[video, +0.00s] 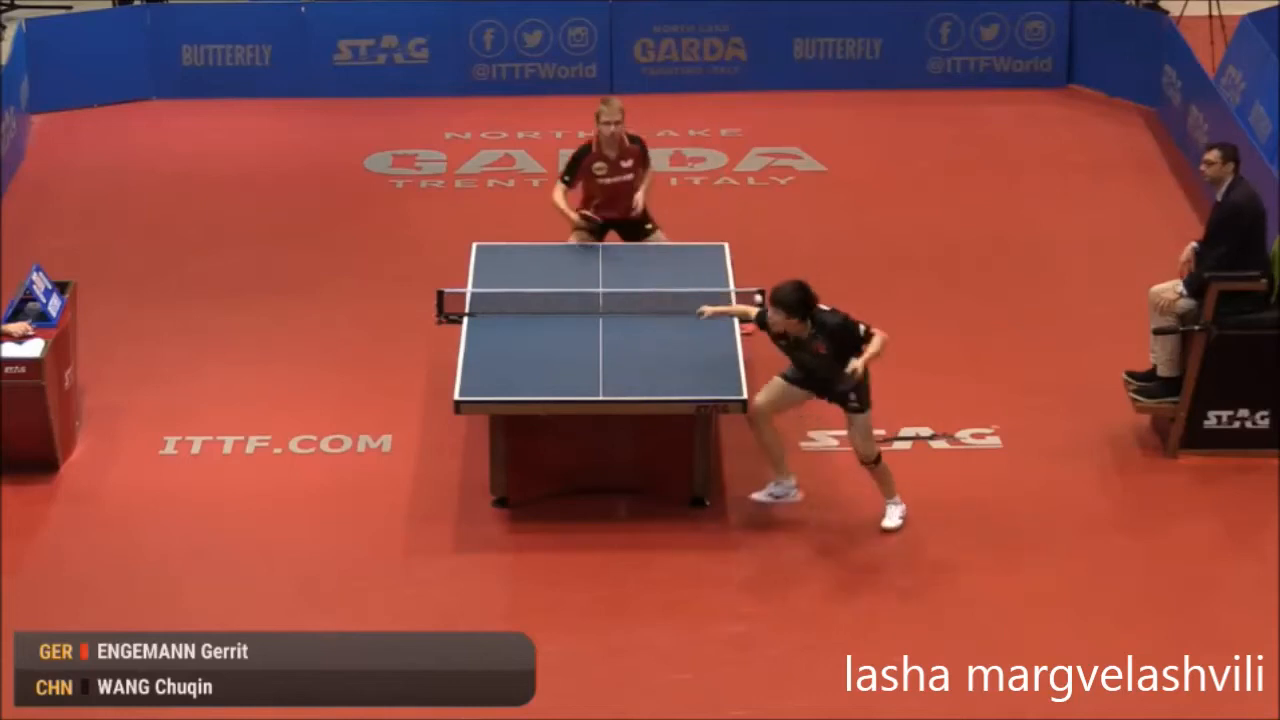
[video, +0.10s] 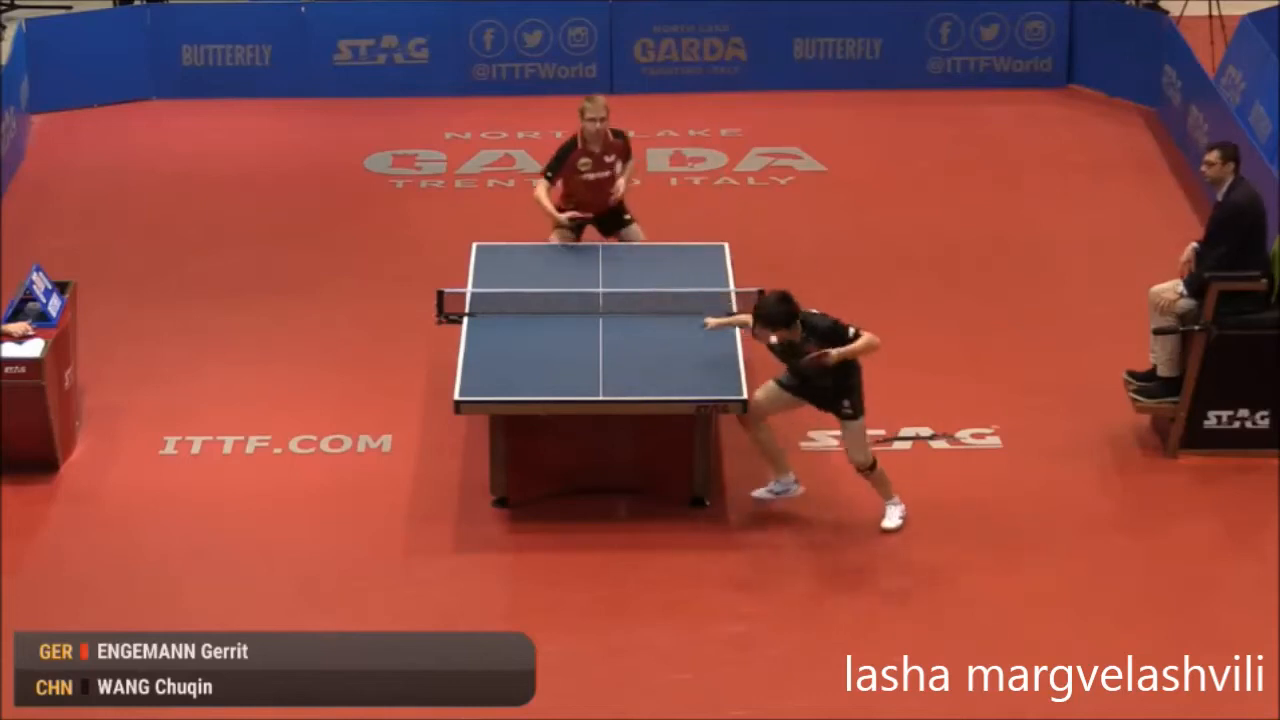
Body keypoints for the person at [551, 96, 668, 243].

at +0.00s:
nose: (612, 129)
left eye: (617, 123)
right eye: (607, 124)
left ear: (623, 123)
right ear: (597, 124)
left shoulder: (636, 146)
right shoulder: (586, 152)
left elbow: (647, 169)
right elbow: (558, 193)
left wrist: (641, 192)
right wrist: (572, 216)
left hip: (630, 214)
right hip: (594, 215)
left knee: (665, 253)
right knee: (574, 255)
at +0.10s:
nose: (597, 127)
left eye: (602, 120)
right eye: (591, 121)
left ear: (608, 120)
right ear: (581, 121)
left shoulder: (619, 140)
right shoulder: (570, 148)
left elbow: (628, 161)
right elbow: (540, 190)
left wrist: (623, 179)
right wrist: (557, 216)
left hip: (609, 208)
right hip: (574, 210)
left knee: (640, 248)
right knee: (556, 254)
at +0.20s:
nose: (579, 127)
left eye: (583, 121)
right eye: (573, 121)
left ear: (589, 120)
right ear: (563, 122)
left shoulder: (600, 137)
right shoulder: (553, 145)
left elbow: (611, 158)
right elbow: (522, 189)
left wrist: (603, 173)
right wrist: (539, 219)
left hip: (582, 206)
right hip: (547, 207)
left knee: (615, 251)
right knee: (529, 254)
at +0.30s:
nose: (567, 135)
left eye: (571, 129)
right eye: (561, 129)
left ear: (576, 128)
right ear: (550, 129)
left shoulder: (585, 144)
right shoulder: (539, 153)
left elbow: (596, 167)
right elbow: (510, 197)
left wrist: (588, 180)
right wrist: (528, 225)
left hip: (564, 212)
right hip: (531, 213)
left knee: (592, 251)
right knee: (512, 250)